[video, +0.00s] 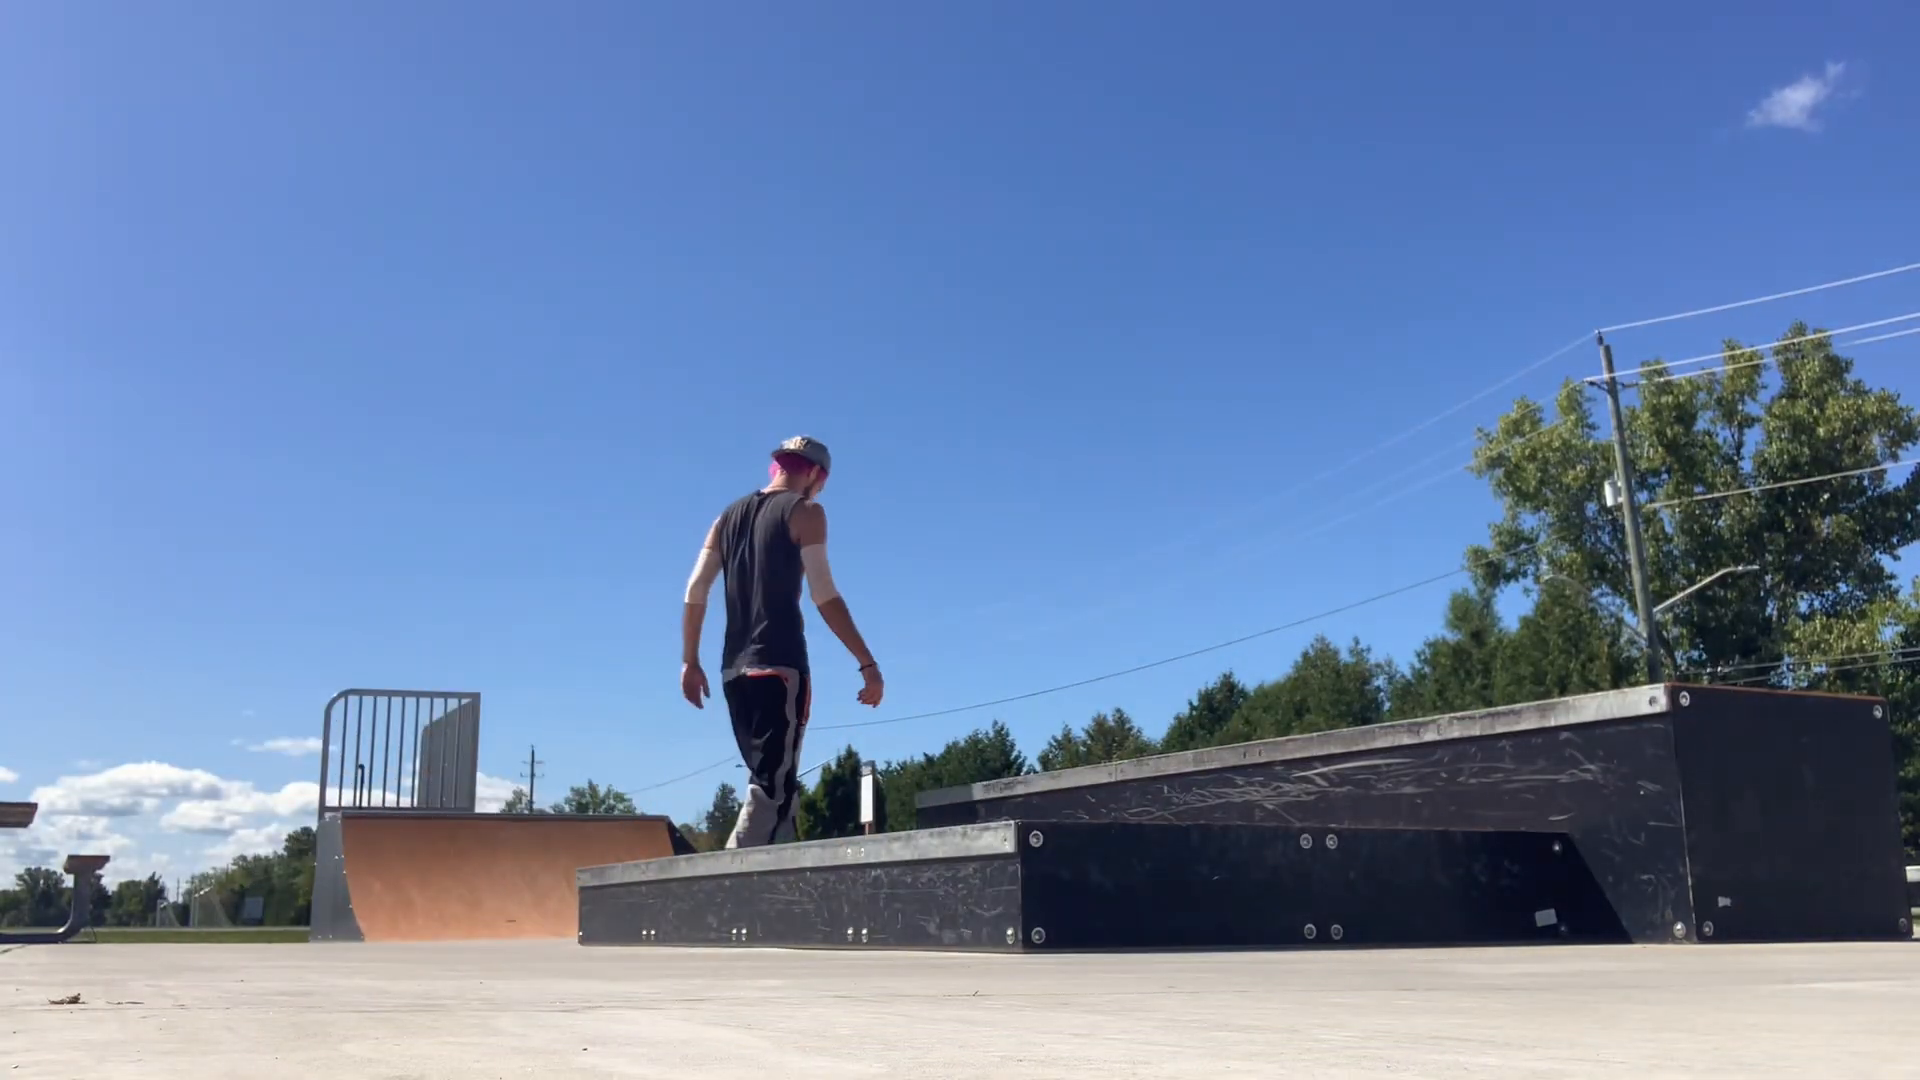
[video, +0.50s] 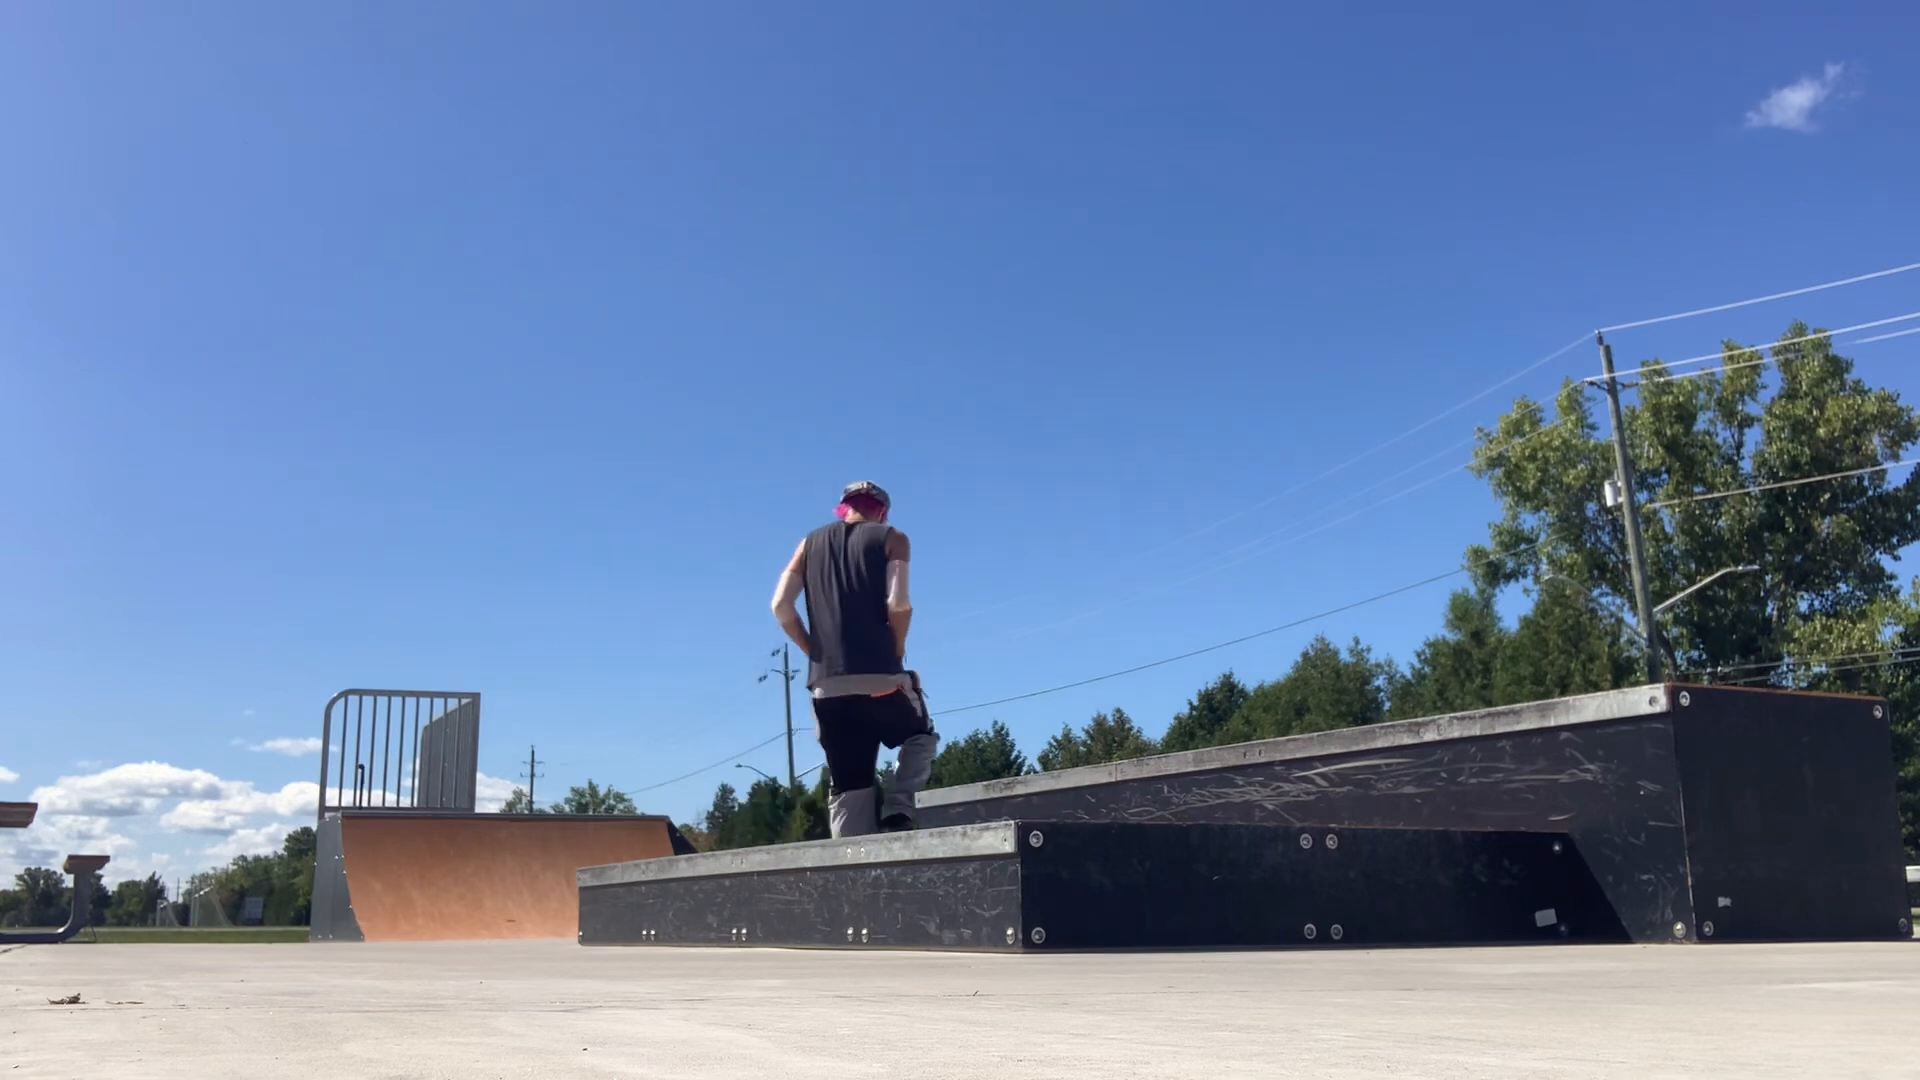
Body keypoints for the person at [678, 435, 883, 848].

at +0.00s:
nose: (819, 493)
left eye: (820, 485)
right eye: (822, 484)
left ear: (774, 470)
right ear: (815, 476)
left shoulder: (728, 517)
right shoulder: (802, 511)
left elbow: (695, 592)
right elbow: (824, 596)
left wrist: (689, 661)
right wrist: (867, 662)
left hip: (734, 669)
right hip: (779, 665)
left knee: (777, 787)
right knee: (770, 784)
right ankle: (732, 879)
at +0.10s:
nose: (836, 504)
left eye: (837, 497)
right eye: (838, 497)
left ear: (790, 488)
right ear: (831, 492)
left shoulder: (749, 534)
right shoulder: (825, 526)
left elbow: (713, 600)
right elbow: (854, 607)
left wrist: (709, 667)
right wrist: (900, 656)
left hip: (759, 680)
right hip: (803, 675)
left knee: (798, 791)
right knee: (786, 790)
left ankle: (828, 880)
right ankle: (735, 878)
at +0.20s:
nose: (850, 512)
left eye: (849, 506)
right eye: (851, 506)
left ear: (805, 500)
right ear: (846, 502)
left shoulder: (770, 544)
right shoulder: (845, 536)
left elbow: (737, 610)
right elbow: (866, 612)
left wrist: (744, 673)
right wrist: (898, 654)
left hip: (785, 692)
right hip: (830, 688)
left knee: (830, 796)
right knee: (830, 797)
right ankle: (766, 861)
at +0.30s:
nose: (864, 515)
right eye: (865, 509)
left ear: (820, 506)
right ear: (860, 506)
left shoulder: (787, 546)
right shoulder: (864, 539)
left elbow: (759, 616)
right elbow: (877, 617)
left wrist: (786, 665)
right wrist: (881, 654)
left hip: (805, 698)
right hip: (849, 693)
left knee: (841, 798)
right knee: (883, 790)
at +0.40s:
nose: (876, 514)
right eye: (876, 509)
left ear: (832, 504)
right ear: (871, 505)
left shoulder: (800, 540)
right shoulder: (877, 534)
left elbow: (773, 611)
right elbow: (886, 606)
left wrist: (810, 647)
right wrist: (877, 648)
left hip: (817, 689)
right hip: (867, 684)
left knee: (839, 789)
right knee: (906, 761)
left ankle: (844, 883)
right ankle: (866, 819)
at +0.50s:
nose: (886, 520)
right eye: (886, 515)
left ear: (841, 511)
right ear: (881, 511)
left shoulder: (810, 542)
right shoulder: (892, 538)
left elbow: (781, 606)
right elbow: (898, 604)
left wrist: (814, 651)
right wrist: (897, 653)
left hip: (828, 690)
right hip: (881, 685)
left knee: (848, 791)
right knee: (918, 737)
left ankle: (853, 885)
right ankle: (898, 811)